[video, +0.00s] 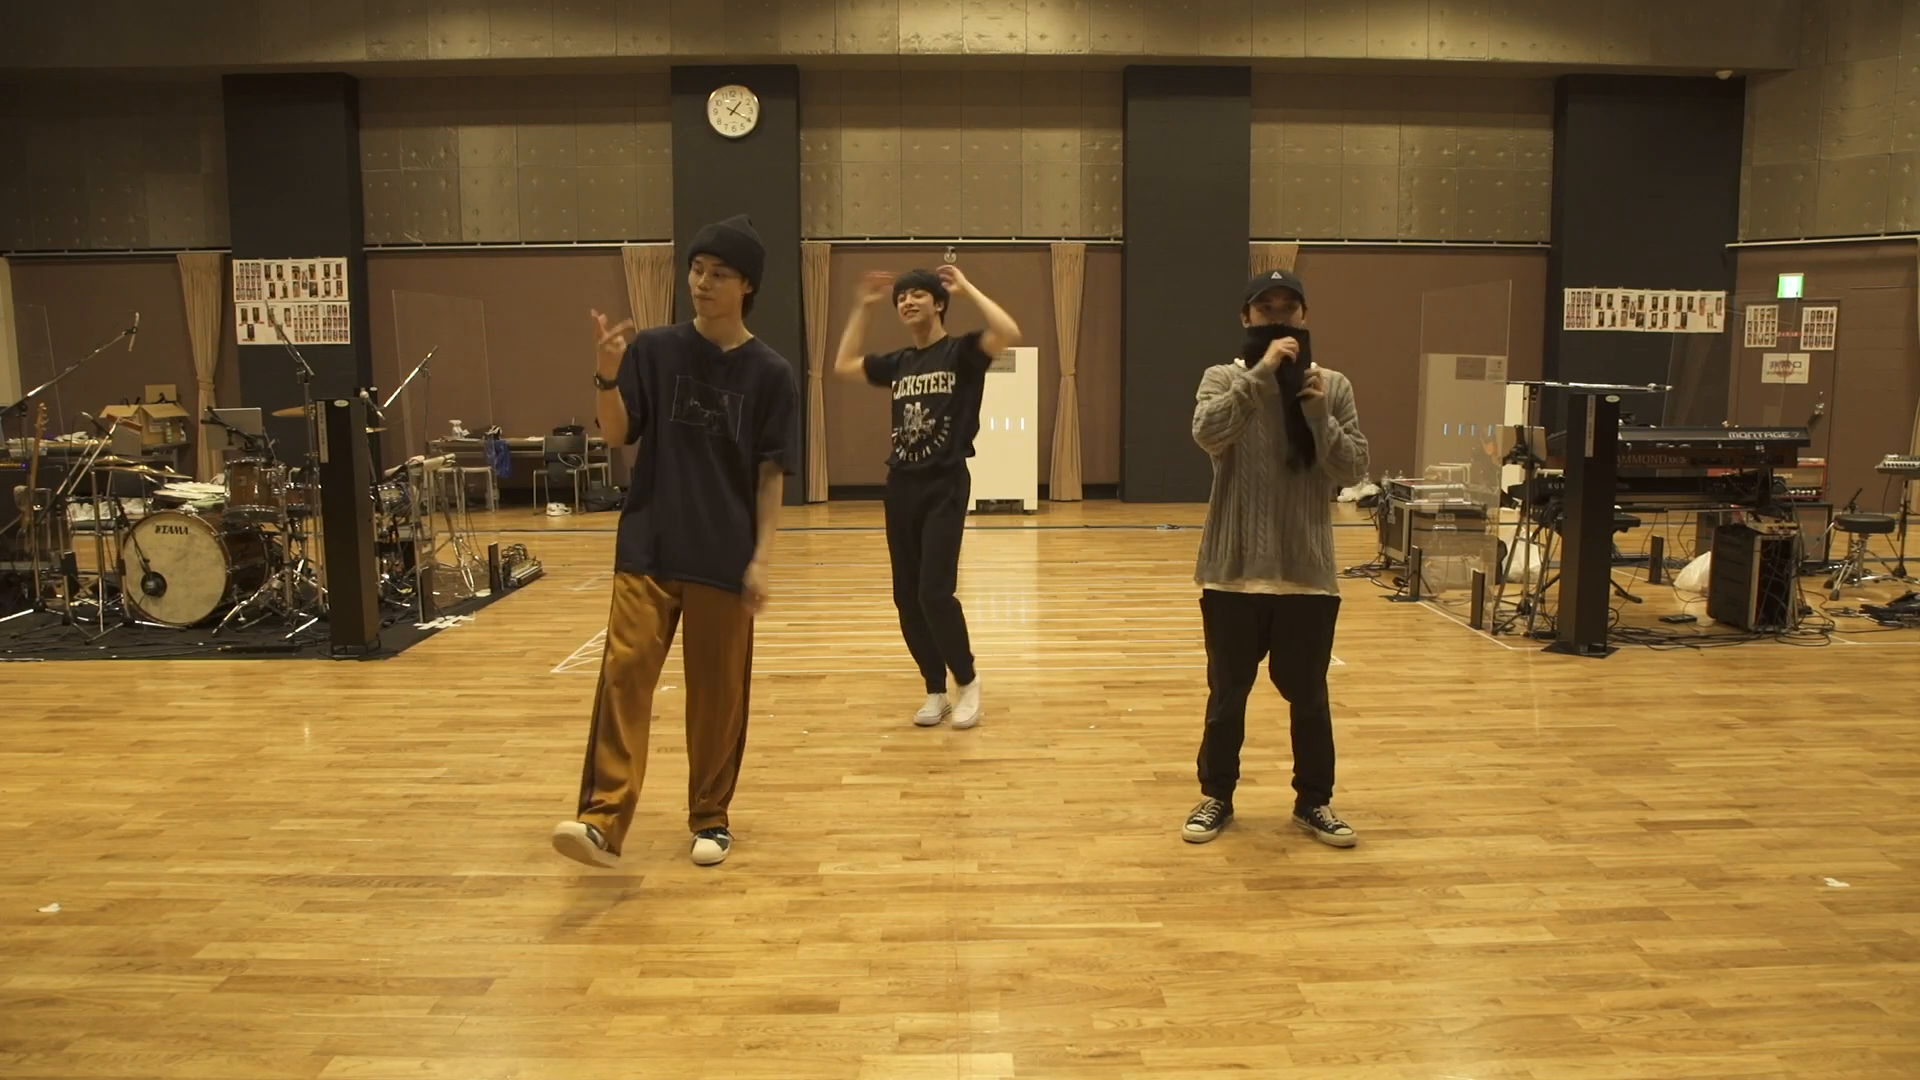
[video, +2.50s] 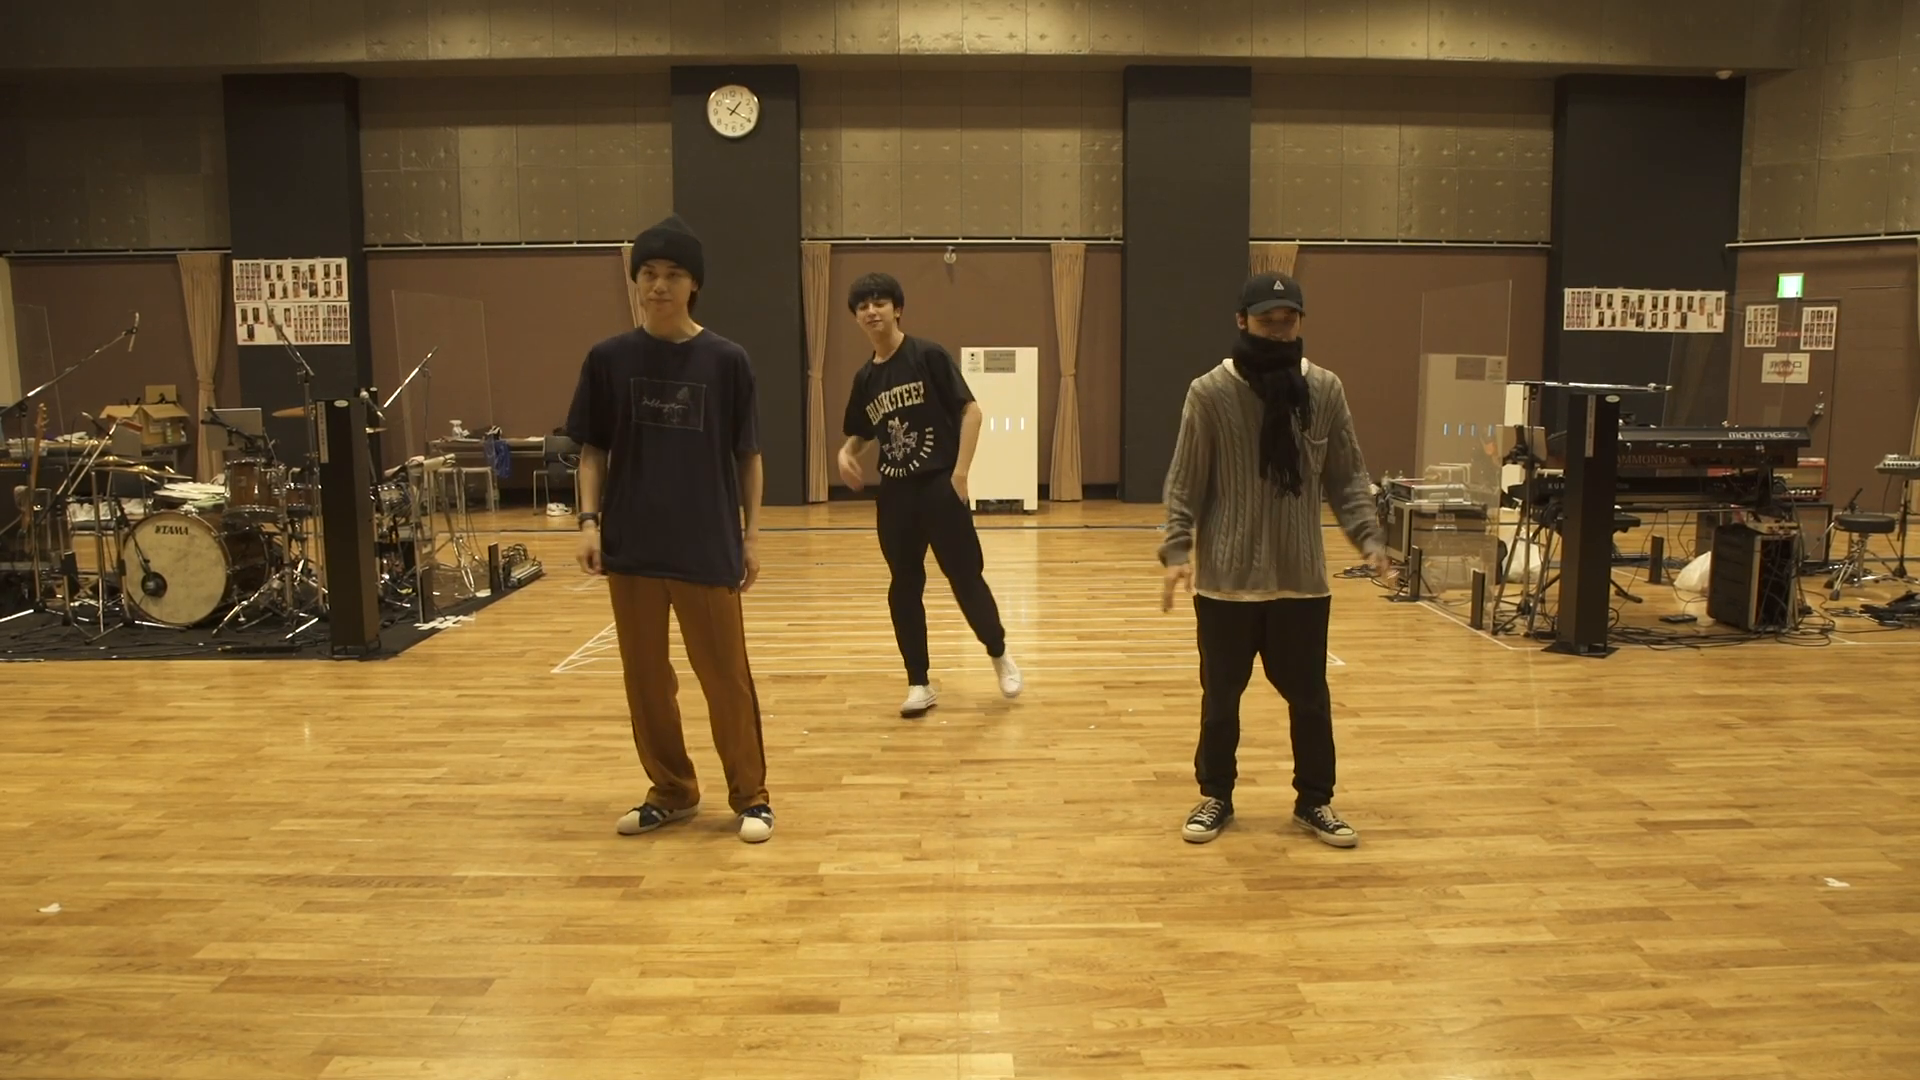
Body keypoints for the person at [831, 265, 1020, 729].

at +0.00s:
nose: (908, 301)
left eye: (918, 294)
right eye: (902, 297)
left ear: (940, 303)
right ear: (897, 310)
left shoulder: (964, 350)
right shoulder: (898, 362)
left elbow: (1009, 335)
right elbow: (844, 366)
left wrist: (967, 287)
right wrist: (864, 305)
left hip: (945, 486)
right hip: (902, 488)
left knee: (935, 592)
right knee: (908, 595)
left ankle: (966, 683)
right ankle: (936, 691)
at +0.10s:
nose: (909, 301)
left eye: (919, 294)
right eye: (902, 296)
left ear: (939, 305)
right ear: (895, 308)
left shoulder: (966, 356)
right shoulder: (893, 366)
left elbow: (1018, 386)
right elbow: (841, 395)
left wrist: (999, 338)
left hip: (947, 492)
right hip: (901, 493)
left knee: (941, 592)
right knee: (910, 595)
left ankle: (954, 696)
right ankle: (935, 689)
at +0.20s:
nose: (912, 300)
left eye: (923, 294)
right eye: (906, 294)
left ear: (941, 305)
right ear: (898, 305)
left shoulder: (965, 360)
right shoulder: (887, 369)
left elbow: (1001, 408)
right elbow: (841, 411)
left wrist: (1013, 423)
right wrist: (790, 423)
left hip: (950, 492)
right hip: (901, 492)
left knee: (949, 594)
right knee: (910, 595)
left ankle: (950, 703)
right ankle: (933, 685)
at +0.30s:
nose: (917, 299)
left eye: (929, 295)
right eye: (912, 291)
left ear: (944, 310)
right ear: (901, 301)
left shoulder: (964, 364)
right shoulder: (884, 368)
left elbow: (979, 434)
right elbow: (873, 440)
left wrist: (978, 489)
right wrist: (866, 496)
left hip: (951, 492)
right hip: (900, 494)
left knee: (954, 588)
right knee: (911, 594)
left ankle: (959, 692)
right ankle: (933, 689)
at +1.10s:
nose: (985, 320)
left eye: (998, 322)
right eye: (986, 308)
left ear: (1008, 335)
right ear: (975, 303)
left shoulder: (1010, 382)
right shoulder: (921, 359)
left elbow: (1034, 441)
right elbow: (884, 413)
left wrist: (1009, 490)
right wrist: (871, 470)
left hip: (972, 510)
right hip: (918, 504)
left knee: (974, 617)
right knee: (904, 608)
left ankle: (969, 719)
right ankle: (912, 681)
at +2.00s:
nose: (930, 350)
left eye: (939, 343)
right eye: (925, 340)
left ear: (952, 340)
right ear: (911, 331)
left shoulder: (969, 380)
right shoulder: (885, 379)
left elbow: (978, 445)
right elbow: (875, 447)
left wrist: (965, 503)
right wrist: (883, 503)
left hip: (951, 507)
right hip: (899, 508)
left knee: (961, 606)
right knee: (906, 603)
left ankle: (971, 705)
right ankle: (926, 688)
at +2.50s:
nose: (873, 312)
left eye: (880, 303)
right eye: (864, 307)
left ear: (898, 309)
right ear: (856, 318)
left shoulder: (929, 355)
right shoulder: (865, 378)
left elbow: (971, 412)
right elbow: (861, 433)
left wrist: (961, 474)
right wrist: (844, 453)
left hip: (939, 489)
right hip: (894, 496)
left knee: (965, 578)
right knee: (904, 586)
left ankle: (1000, 656)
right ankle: (918, 683)